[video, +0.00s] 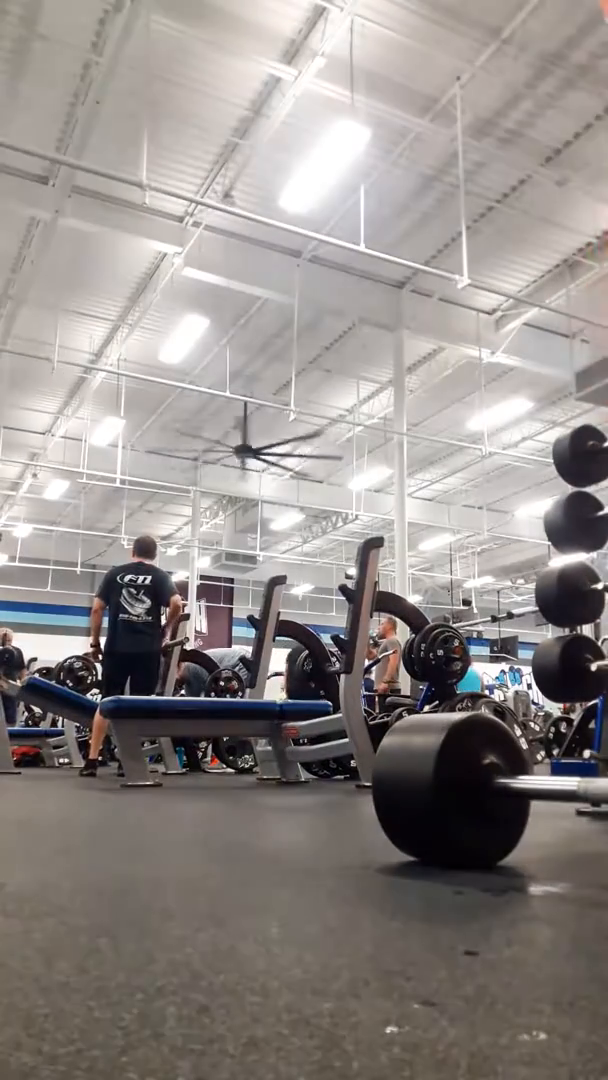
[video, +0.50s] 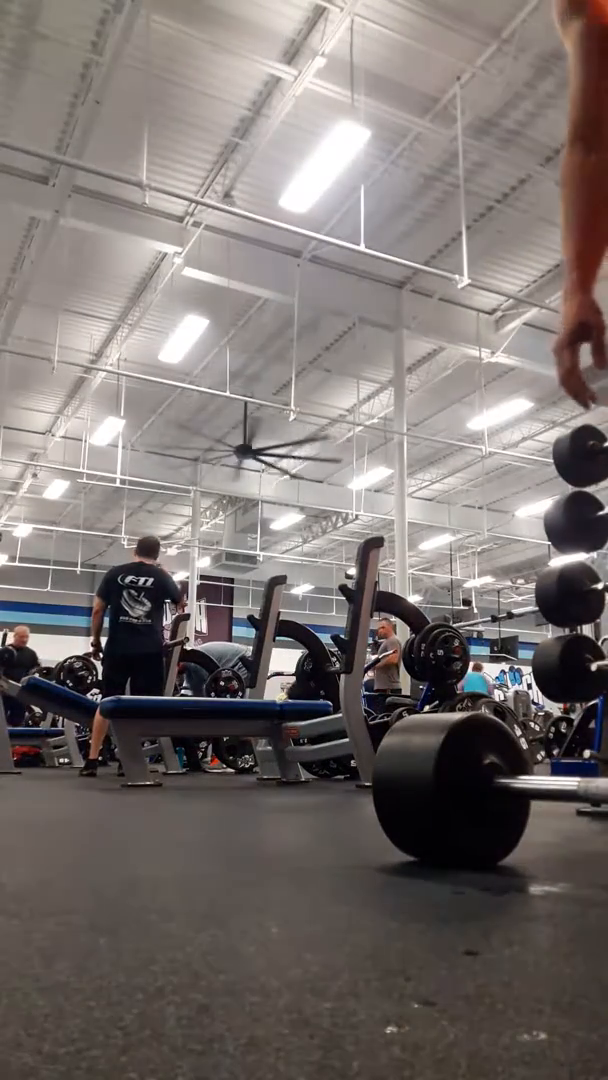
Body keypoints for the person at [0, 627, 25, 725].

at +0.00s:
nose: (8, 643)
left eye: (9, 640)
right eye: (6, 640)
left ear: (12, 640)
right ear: (2, 640)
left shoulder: (17, 652)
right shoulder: (1, 652)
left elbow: (22, 669)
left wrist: (23, 683)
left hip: (13, 684)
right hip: (2, 682)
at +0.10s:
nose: (11, 642)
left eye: (13, 639)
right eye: (9, 639)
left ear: (16, 639)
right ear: (4, 639)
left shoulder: (20, 652)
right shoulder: (2, 651)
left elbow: (25, 669)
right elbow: (2, 668)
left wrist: (22, 680)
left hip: (15, 682)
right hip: (3, 681)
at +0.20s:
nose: (14, 642)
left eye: (17, 639)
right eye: (12, 639)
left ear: (20, 639)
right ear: (7, 639)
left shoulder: (23, 653)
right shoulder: (2, 651)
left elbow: (28, 670)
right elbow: (1, 669)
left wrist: (24, 680)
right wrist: (3, 681)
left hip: (17, 684)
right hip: (3, 682)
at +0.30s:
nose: (20, 641)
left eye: (22, 638)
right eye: (17, 638)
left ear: (24, 638)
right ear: (10, 638)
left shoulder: (26, 653)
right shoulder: (4, 651)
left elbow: (31, 670)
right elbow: (2, 668)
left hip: (20, 687)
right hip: (5, 685)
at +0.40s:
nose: (23, 640)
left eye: (25, 638)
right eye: (20, 637)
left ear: (27, 638)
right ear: (13, 637)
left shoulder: (28, 653)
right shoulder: (5, 651)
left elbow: (33, 669)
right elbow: (2, 667)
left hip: (21, 689)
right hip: (5, 688)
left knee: (16, 719)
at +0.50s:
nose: (24, 640)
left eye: (26, 637)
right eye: (21, 637)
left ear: (28, 637)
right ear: (14, 636)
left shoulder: (31, 654)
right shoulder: (5, 651)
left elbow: (37, 667)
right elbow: (1, 668)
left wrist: (29, 676)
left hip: (23, 689)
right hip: (5, 687)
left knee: (18, 718)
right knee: (3, 714)